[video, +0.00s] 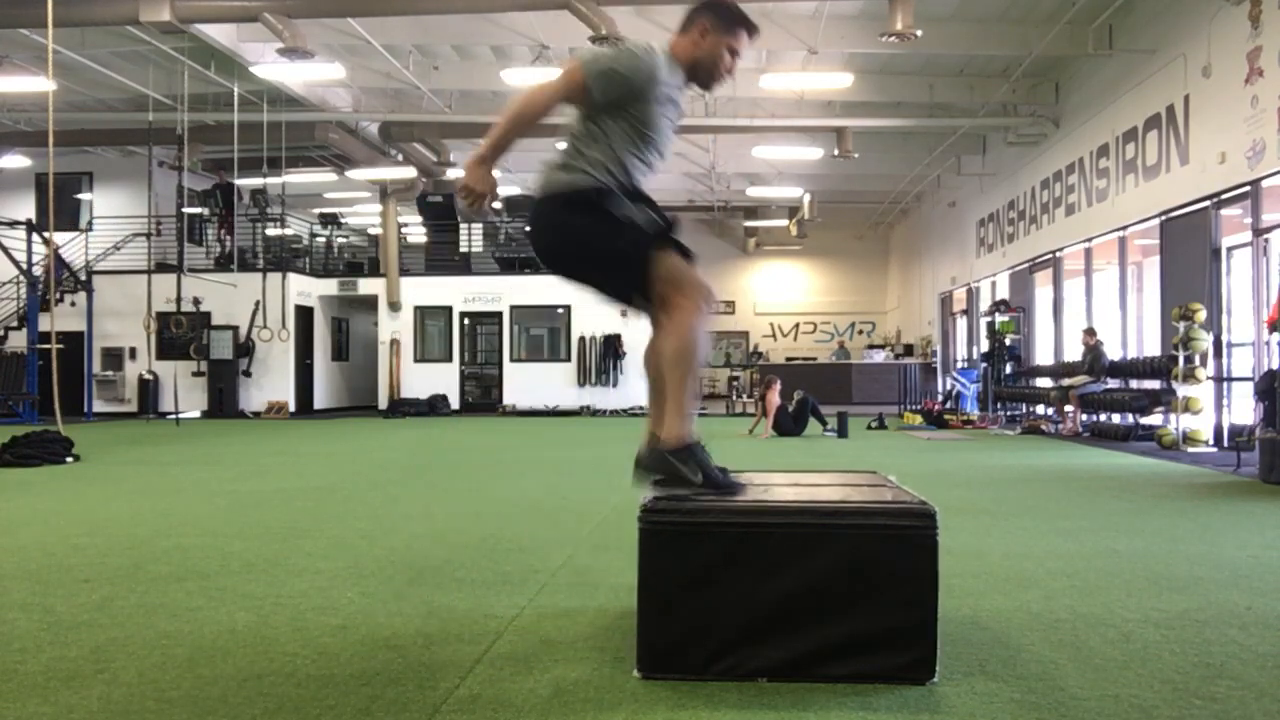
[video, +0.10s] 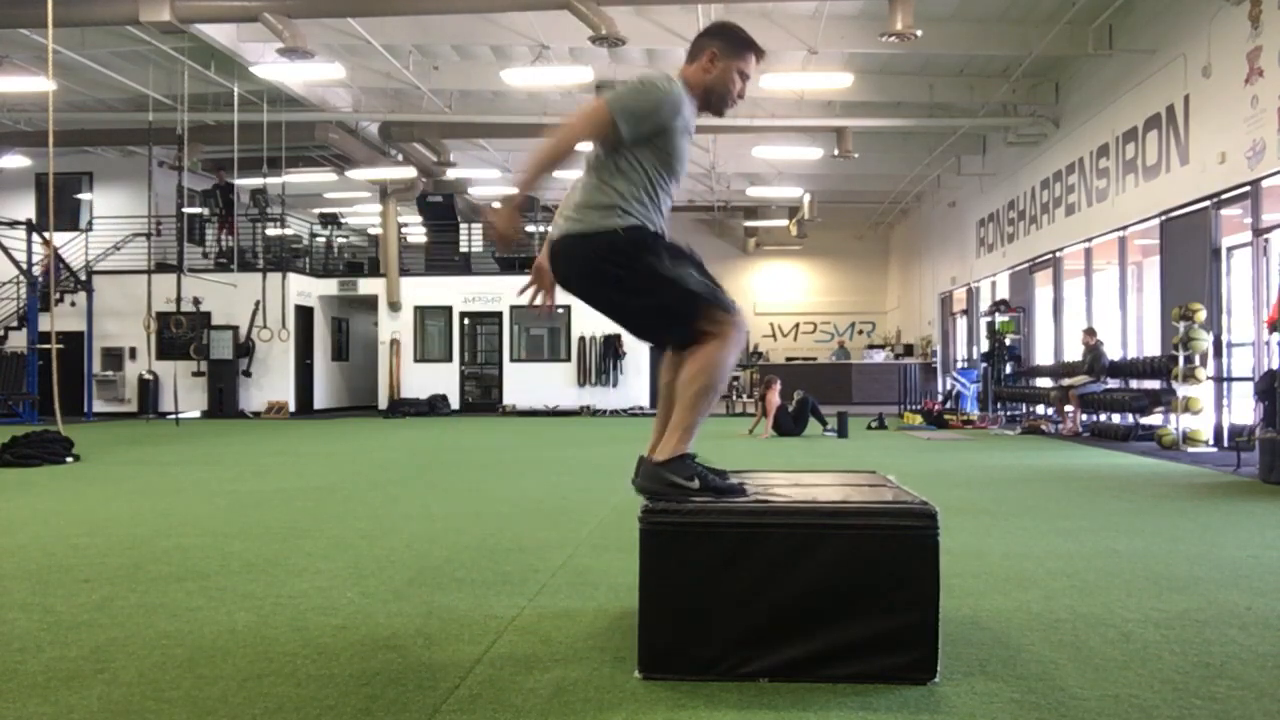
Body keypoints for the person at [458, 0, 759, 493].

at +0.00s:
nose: (732, 68)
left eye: (737, 58)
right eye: (731, 52)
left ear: (702, 39)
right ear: (700, 33)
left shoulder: (670, 87)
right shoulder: (641, 61)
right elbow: (548, 92)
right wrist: (483, 161)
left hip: (587, 214)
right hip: (576, 205)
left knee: (679, 305)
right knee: (688, 292)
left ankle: (661, 444)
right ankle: (675, 442)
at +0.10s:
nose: (743, 92)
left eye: (747, 82)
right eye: (741, 76)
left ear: (709, 66)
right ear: (708, 60)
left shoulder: (672, 113)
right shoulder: (662, 93)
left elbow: (600, 184)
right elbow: (573, 128)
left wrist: (552, 248)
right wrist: (517, 200)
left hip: (590, 246)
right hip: (606, 239)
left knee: (689, 336)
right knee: (727, 326)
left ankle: (660, 459)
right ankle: (673, 457)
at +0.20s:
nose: (740, 87)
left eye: (744, 77)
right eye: (738, 72)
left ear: (706, 62)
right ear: (704, 57)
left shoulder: (677, 110)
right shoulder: (667, 96)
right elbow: (606, 145)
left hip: (596, 245)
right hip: (616, 239)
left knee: (693, 351)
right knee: (734, 331)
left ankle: (661, 460)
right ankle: (674, 458)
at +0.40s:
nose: (697, 7)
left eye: (700, 3)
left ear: (674, 3)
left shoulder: (663, 49)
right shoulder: (608, 11)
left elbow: (636, 129)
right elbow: (575, 75)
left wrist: (678, 143)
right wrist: (659, 99)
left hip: (604, 183)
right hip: (561, 171)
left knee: (667, 296)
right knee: (631, 295)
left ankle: (664, 443)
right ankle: (656, 442)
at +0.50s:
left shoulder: (645, 25)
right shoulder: (570, 3)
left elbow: (624, 116)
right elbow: (531, 62)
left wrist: (643, 101)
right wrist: (619, 71)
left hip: (600, 162)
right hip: (539, 153)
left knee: (653, 273)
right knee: (588, 279)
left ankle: (606, 397)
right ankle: (585, 427)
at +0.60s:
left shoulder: (627, 35)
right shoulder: (524, 8)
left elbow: (631, 111)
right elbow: (485, 75)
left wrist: (617, 105)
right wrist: (572, 82)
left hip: (591, 179)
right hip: (522, 176)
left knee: (628, 288)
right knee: (539, 298)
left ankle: (590, 411)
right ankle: (509, 435)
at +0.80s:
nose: (527, 83)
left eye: (537, 72)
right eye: (519, 71)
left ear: (554, 77)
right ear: (504, 73)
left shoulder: (575, 134)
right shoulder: (473, 122)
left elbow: (624, 203)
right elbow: (416, 182)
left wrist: (561, 183)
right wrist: (471, 167)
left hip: (555, 299)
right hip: (479, 296)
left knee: (555, 430)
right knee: (440, 427)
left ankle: (561, 573)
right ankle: (411, 555)